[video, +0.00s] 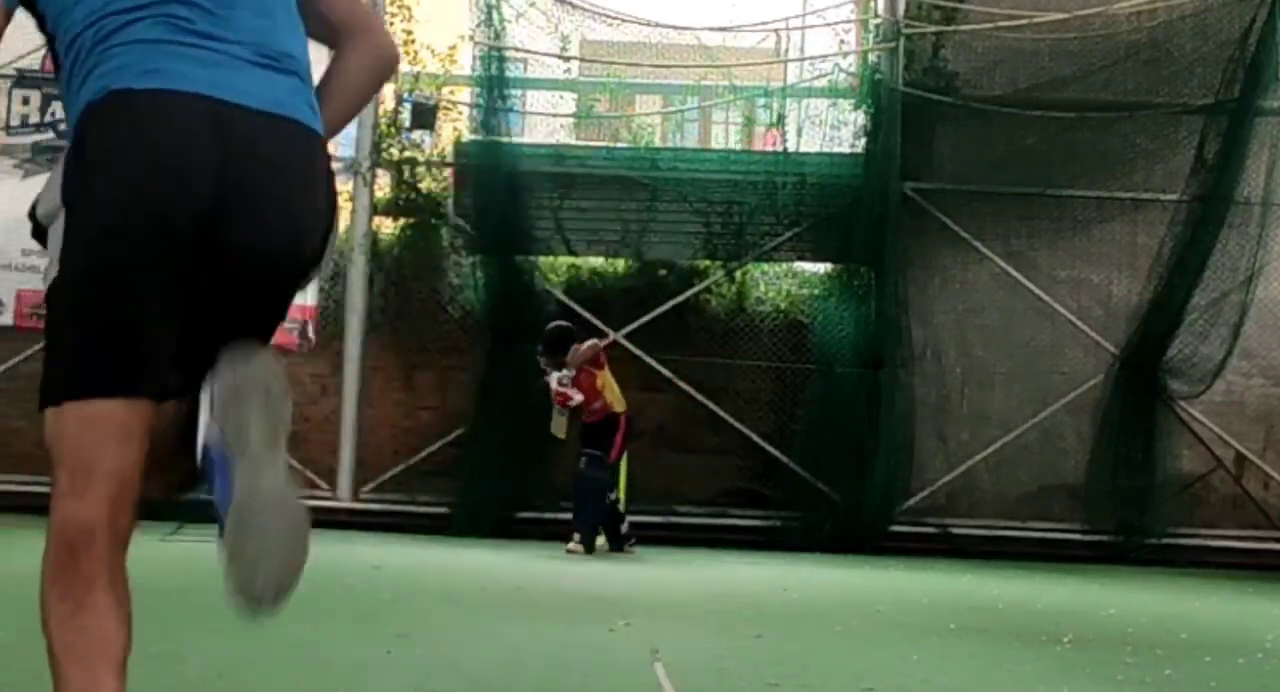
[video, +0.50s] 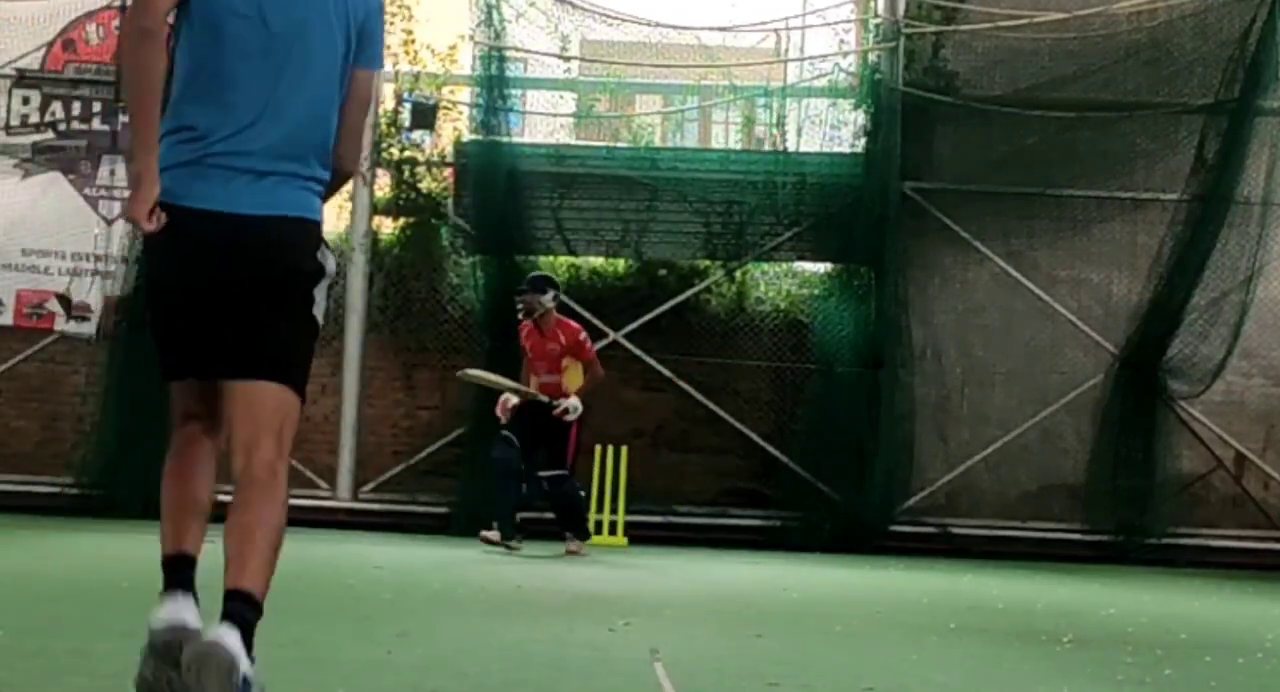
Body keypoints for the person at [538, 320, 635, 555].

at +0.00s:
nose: (549, 366)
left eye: (553, 362)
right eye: (548, 363)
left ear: (566, 353)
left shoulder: (586, 359)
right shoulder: (561, 374)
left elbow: (588, 349)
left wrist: (570, 368)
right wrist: (560, 395)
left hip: (611, 416)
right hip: (589, 420)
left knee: (592, 472)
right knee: (594, 477)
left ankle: (583, 535)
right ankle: (619, 535)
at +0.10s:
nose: (546, 370)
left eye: (551, 364)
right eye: (543, 365)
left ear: (566, 354)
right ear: (541, 360)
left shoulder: (582, 359)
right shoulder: (549, 379)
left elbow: (613, 364)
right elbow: (554, 408)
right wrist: (566, 411)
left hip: (604, 419)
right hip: (582, 423)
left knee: (583, 475)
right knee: (584, 480)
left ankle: (581, 536)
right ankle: (619, 535)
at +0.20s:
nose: (541, 354)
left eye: (546, 347)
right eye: (540, 348)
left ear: (561, 347)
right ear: (543, 350)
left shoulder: (582, 362)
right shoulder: (542, 380)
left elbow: (625, 386)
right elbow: (555, 412)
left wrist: (601, 411)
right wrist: (561, 422)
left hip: (598, 426)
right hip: (572, 430)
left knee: (578, 480)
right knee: (570, 481)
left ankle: (582, 538)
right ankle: (607, 530)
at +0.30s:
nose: (538, 339)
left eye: (544, 333)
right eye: (537, 333)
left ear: (561, 335)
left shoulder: (584, 360)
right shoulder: (541, 363)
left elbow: (618, 394)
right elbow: (548, 398)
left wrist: (591, 414)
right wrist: (547, 415)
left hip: (588, 423)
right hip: (562, 423)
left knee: (575, 480)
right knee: (559, 480)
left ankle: (583, 538)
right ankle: (575, 535)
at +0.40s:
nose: (535, 320)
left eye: (541, 315)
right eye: (534, 315)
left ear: (558, 317)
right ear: (533, 319)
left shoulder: (579, 348)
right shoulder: (534, 350)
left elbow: (607, 384)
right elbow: (538, 387)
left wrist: (583, 405)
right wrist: (527, 404)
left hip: (575, 414)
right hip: (545, 413)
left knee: (566, 475)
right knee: (539, 472)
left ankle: (579, 536)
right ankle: (542, 528)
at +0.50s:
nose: (527, 303)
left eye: (534, 297)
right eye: (526, 297)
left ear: (550, 299)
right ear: (526, 299)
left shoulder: (573, 333)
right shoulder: (526, 331)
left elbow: (596, 371)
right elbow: (528, 368)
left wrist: (578, 397)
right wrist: (517, 395)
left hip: (563, 405)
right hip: (533, 402)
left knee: (556, 471)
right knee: (509, 458)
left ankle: (575, 535)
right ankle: (505, 528)